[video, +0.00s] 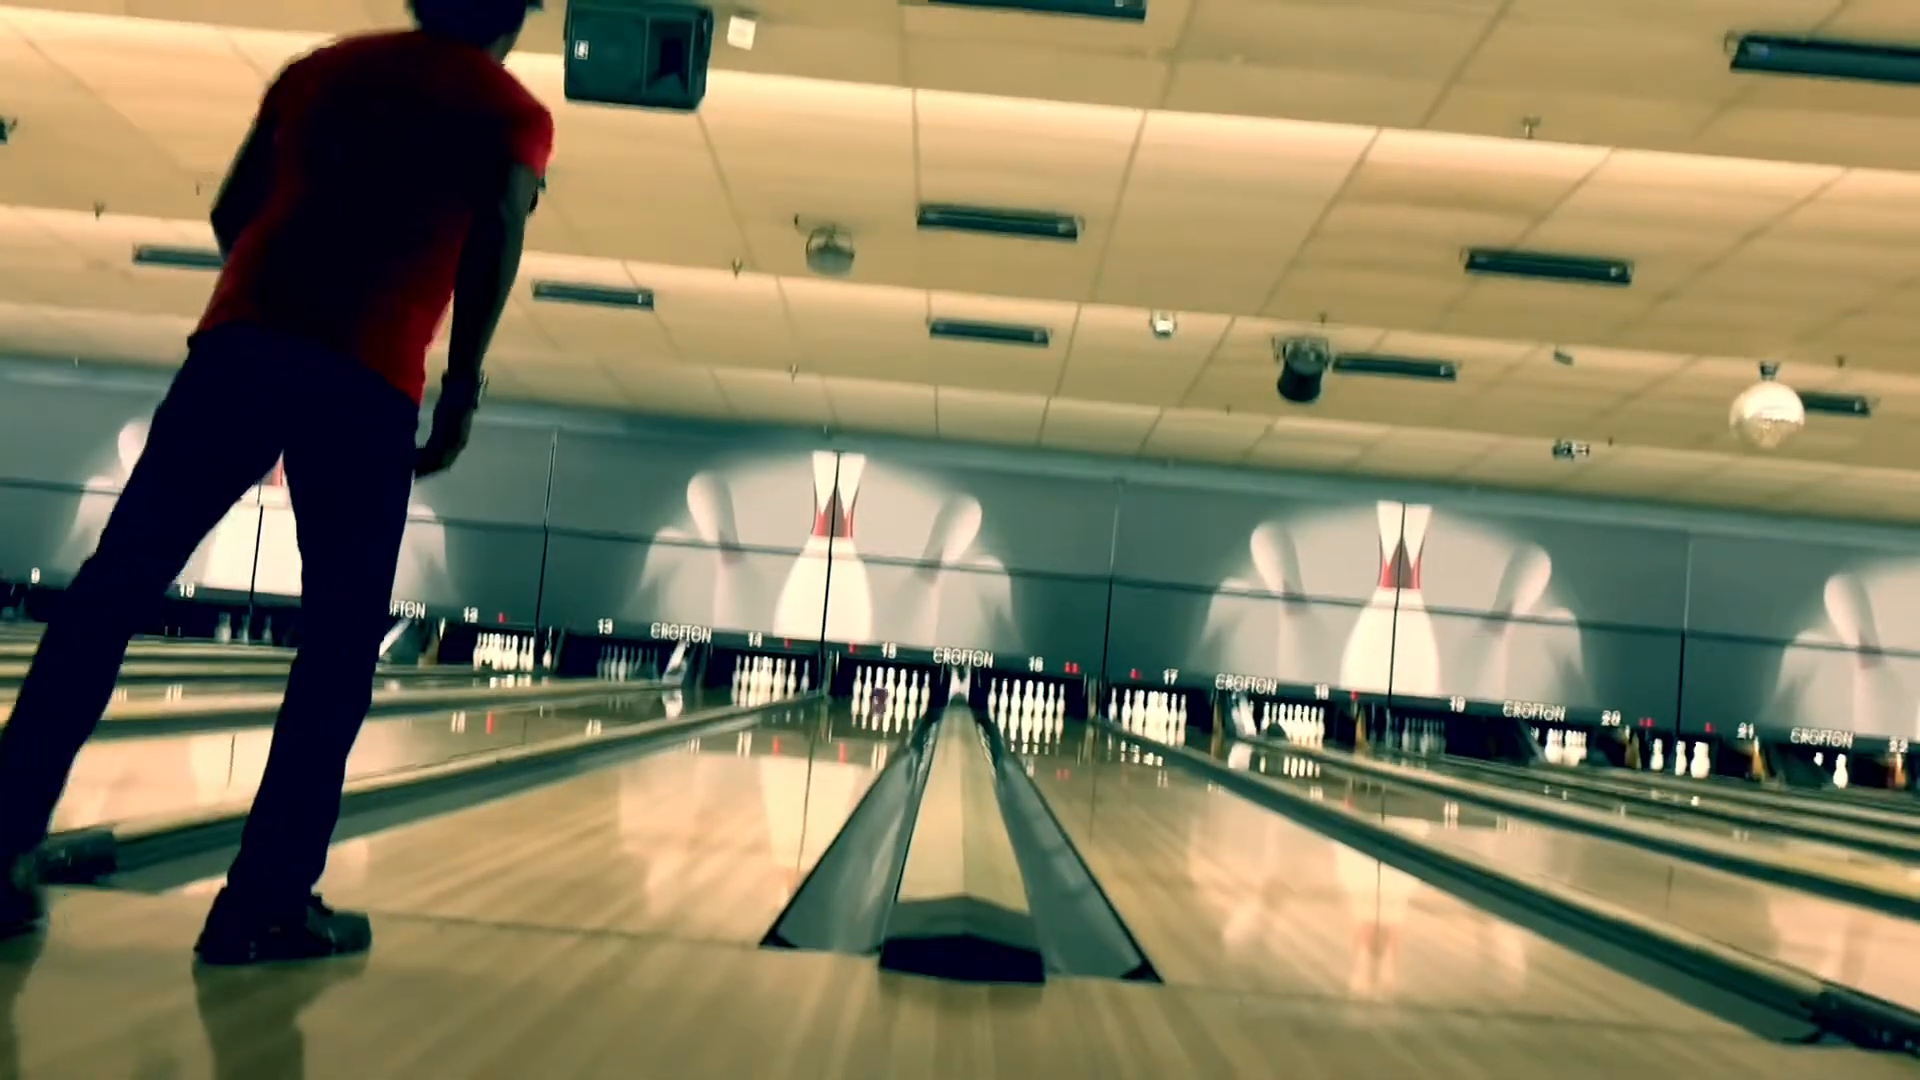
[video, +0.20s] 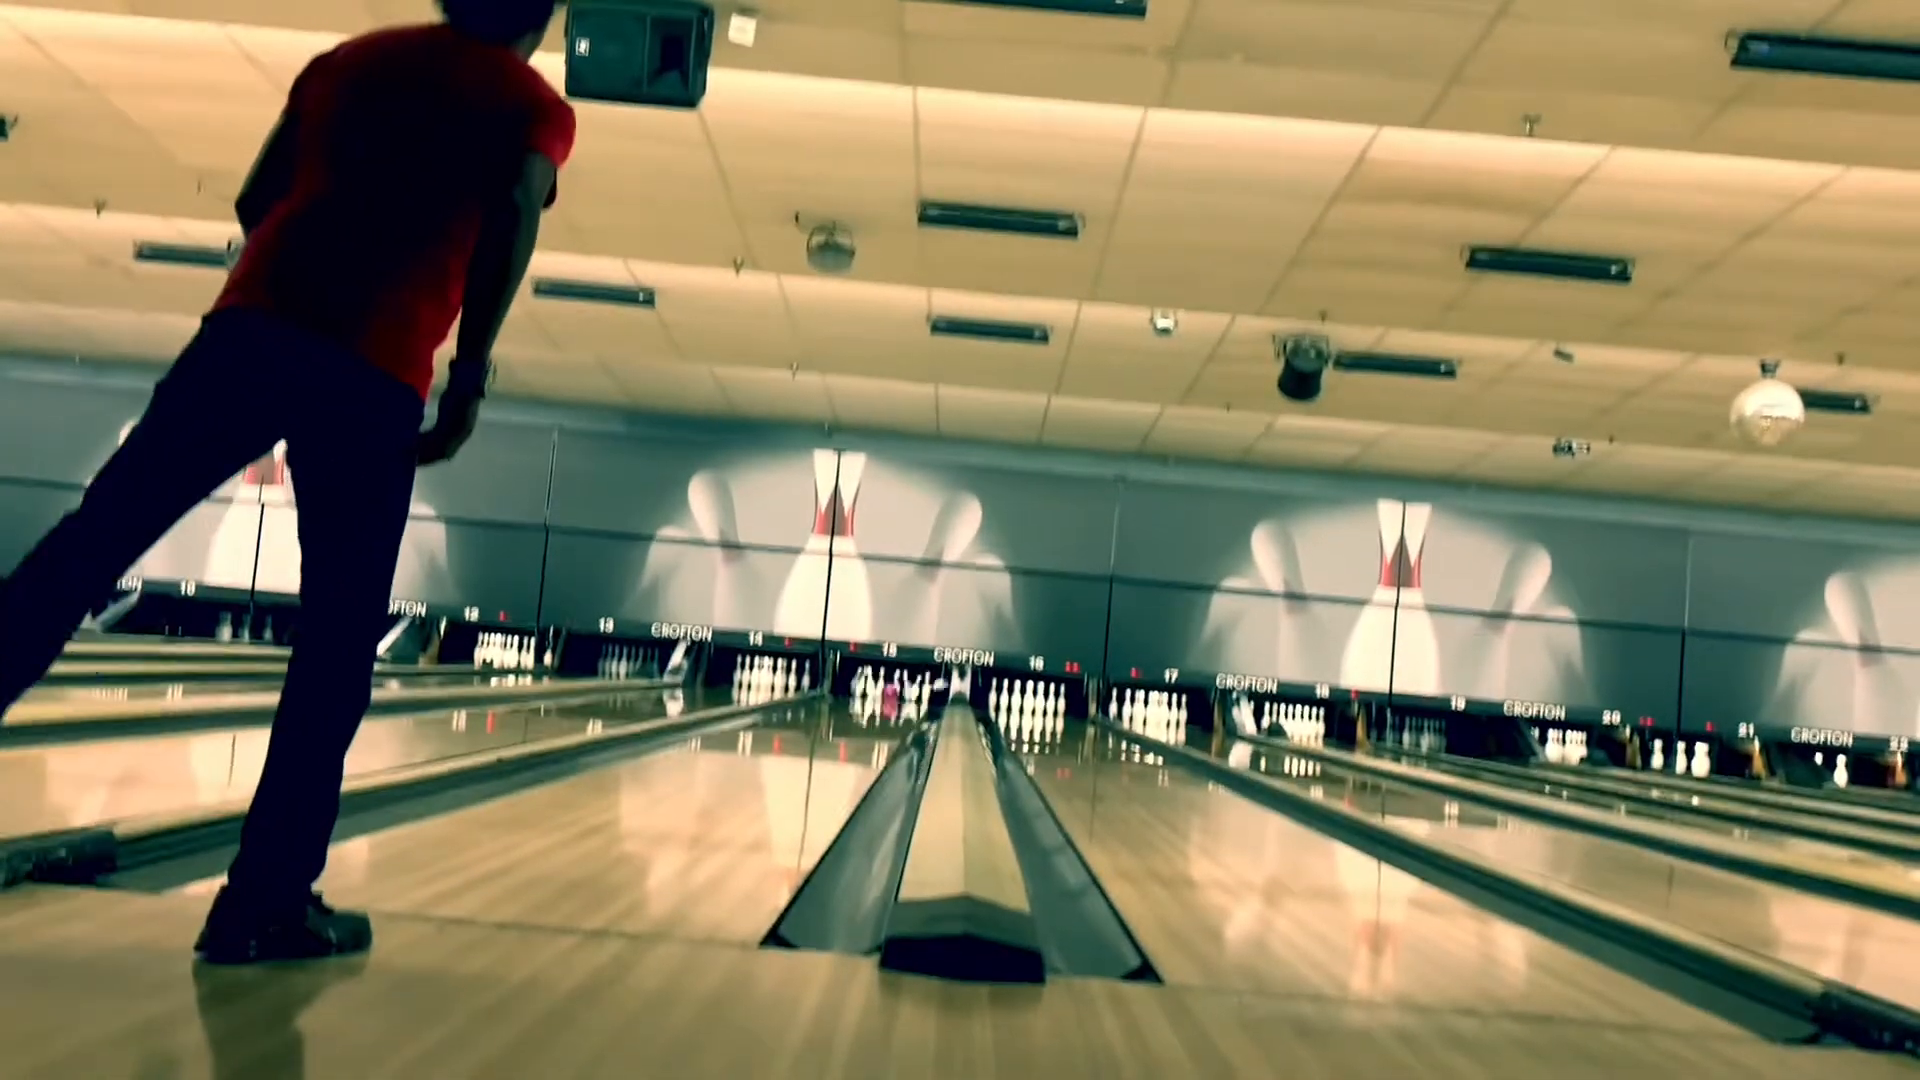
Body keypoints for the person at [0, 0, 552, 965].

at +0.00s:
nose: (517, 29)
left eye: (513, 20)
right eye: (521, 21)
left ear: (418, 3)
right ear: (512, 20)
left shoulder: (315, 67)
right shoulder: (515, 108)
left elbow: (231, 210)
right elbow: (496, 237)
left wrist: (289, 307)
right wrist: (461, 391)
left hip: (236, 354)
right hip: (363, 383)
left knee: (108, 592)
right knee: (339, 648)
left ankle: (5, 856)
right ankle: (263, 905)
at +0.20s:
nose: (542, 34)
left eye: (536, 25)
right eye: (546, 24)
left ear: (449, 4)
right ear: (537, 22)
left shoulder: (344, 57)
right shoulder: (538, 101)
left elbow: (256, 200)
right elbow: (512, 218)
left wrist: (308, 303)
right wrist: (470, 376)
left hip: (248, 334)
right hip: (372, 369)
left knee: (88, 544)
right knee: (336, 646)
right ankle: (263, 906)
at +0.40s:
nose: (542, 33)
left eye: (537, 25)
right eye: (545, 24)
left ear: (447, 3)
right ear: (536, 21)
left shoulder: (340, 59)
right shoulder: (534, 102)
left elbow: (255, 206)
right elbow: (510, 227)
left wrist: (306, 314)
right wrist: (471, 380)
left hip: (248, 338)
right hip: (372, 370)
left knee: (103, 559)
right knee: (338, 647)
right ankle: (262, 911)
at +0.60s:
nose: (507, 16)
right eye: (509, 10)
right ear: (496, 2)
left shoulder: (309, 41)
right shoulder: (505, 83)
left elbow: (228, 188)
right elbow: (487, 239)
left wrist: (271, 292)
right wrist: (463, 374)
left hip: (233, 347)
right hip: (363, 373)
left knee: (134, 588)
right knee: (335, 643)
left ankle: (17, 854)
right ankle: (268, 902)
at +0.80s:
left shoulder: (239, 20)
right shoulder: (448, 50)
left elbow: (177, 187)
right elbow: (444, 217)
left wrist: (242, 283)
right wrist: (439, 363)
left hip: (204, 347)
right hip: (338, 367)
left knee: (147, 593)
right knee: (322, 643)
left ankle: (38, 821)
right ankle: (266, 902)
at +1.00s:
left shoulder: (144, 11)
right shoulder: (350, 11)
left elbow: (89, 188)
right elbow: (346, 177)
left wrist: (167, 288)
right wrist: (365, 331)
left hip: (130, 347)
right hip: (263, 357)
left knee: (82, 618)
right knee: (284, 638)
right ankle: (267, 904)